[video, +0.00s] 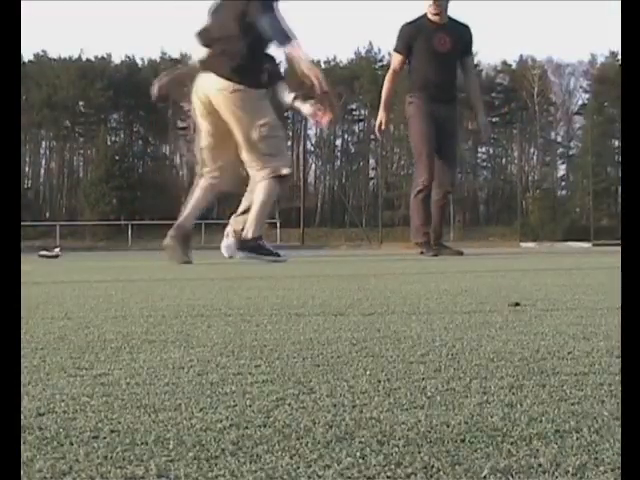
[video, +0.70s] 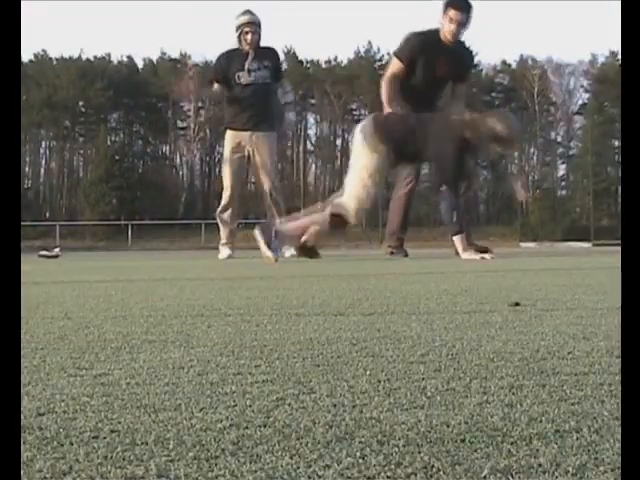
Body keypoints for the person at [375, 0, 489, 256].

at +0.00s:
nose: (436, 5)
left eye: (441, 1)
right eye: (432, 1)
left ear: (448, 3)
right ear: (426, 3)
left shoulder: (462, 32)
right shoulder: (411, 29)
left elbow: (470, 75)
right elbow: (394, 71)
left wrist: (480, 115)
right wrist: (383, 109)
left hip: (448, 107)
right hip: (420, 104)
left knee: (445, 179)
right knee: (424, 175)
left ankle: (437, 241)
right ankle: (421, 240)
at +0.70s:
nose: (456, 28)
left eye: (461, 24)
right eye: (452, 21)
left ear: (466, 25)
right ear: (443, 18)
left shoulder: (464, 56)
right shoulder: (417, 41)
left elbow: (458, 97)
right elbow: (388, 78)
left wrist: (458, 124)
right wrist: (389, 109)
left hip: (434, 117)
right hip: (404, 114)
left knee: (451, 177)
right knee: (408, 176)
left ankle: (462, 242)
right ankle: (394, 242)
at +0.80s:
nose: (463, 39)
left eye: (469, 35)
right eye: (460, 31)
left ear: (474, 36)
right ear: (451, 28)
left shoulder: (469, 67)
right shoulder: (425, 50)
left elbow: (459, 107)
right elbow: (396, 91)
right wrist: (406, 126)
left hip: (434, 122)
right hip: (408, 119)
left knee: (461, 170)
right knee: (409, 170)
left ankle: (465, 243)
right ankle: (394, 242)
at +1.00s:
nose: (487, 71)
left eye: (492, 68)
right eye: (484, 64)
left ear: (495, 72)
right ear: (473, 60)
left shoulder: (479, 104)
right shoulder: (453, 75)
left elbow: (469, 130)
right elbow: (423, 68)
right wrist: (410, 60)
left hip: (449, 138)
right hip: (424, 131)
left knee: (479, 175)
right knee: (415, 180)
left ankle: (468, 243)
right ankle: (391, 240)